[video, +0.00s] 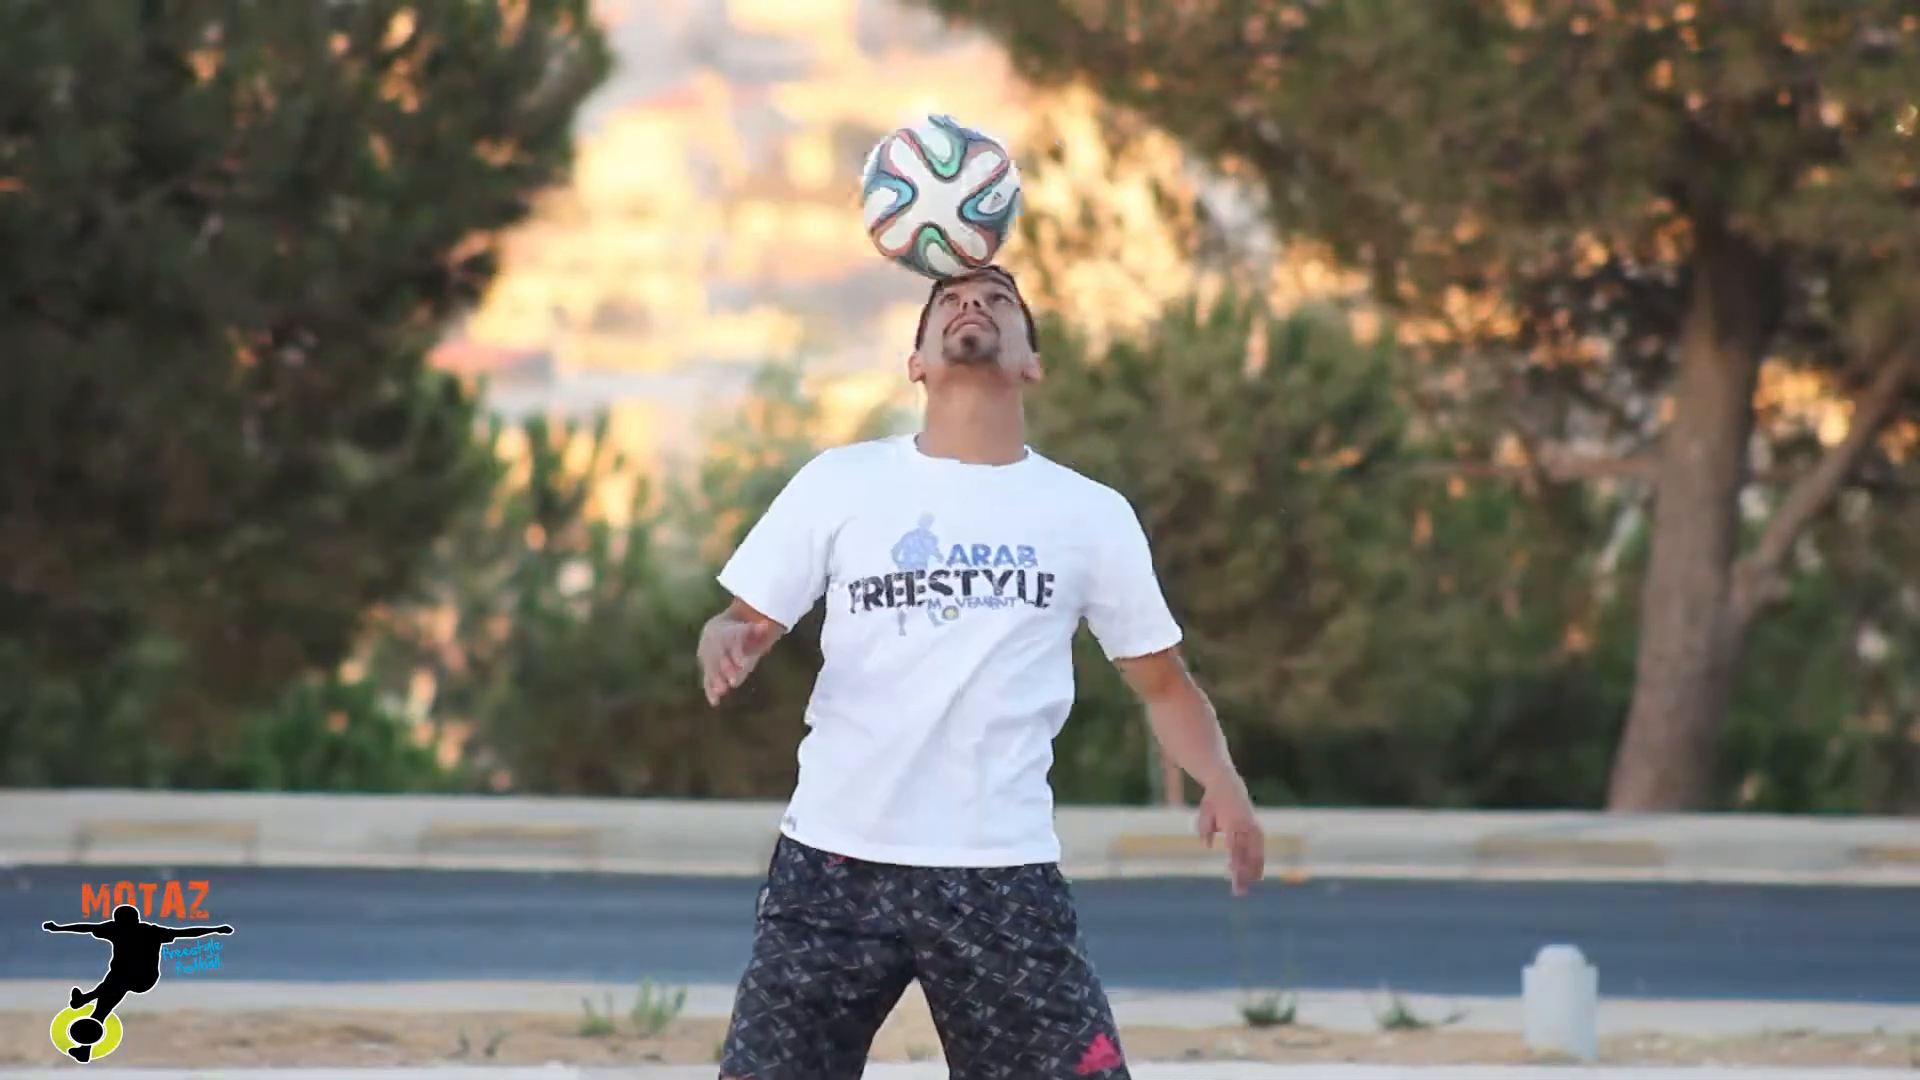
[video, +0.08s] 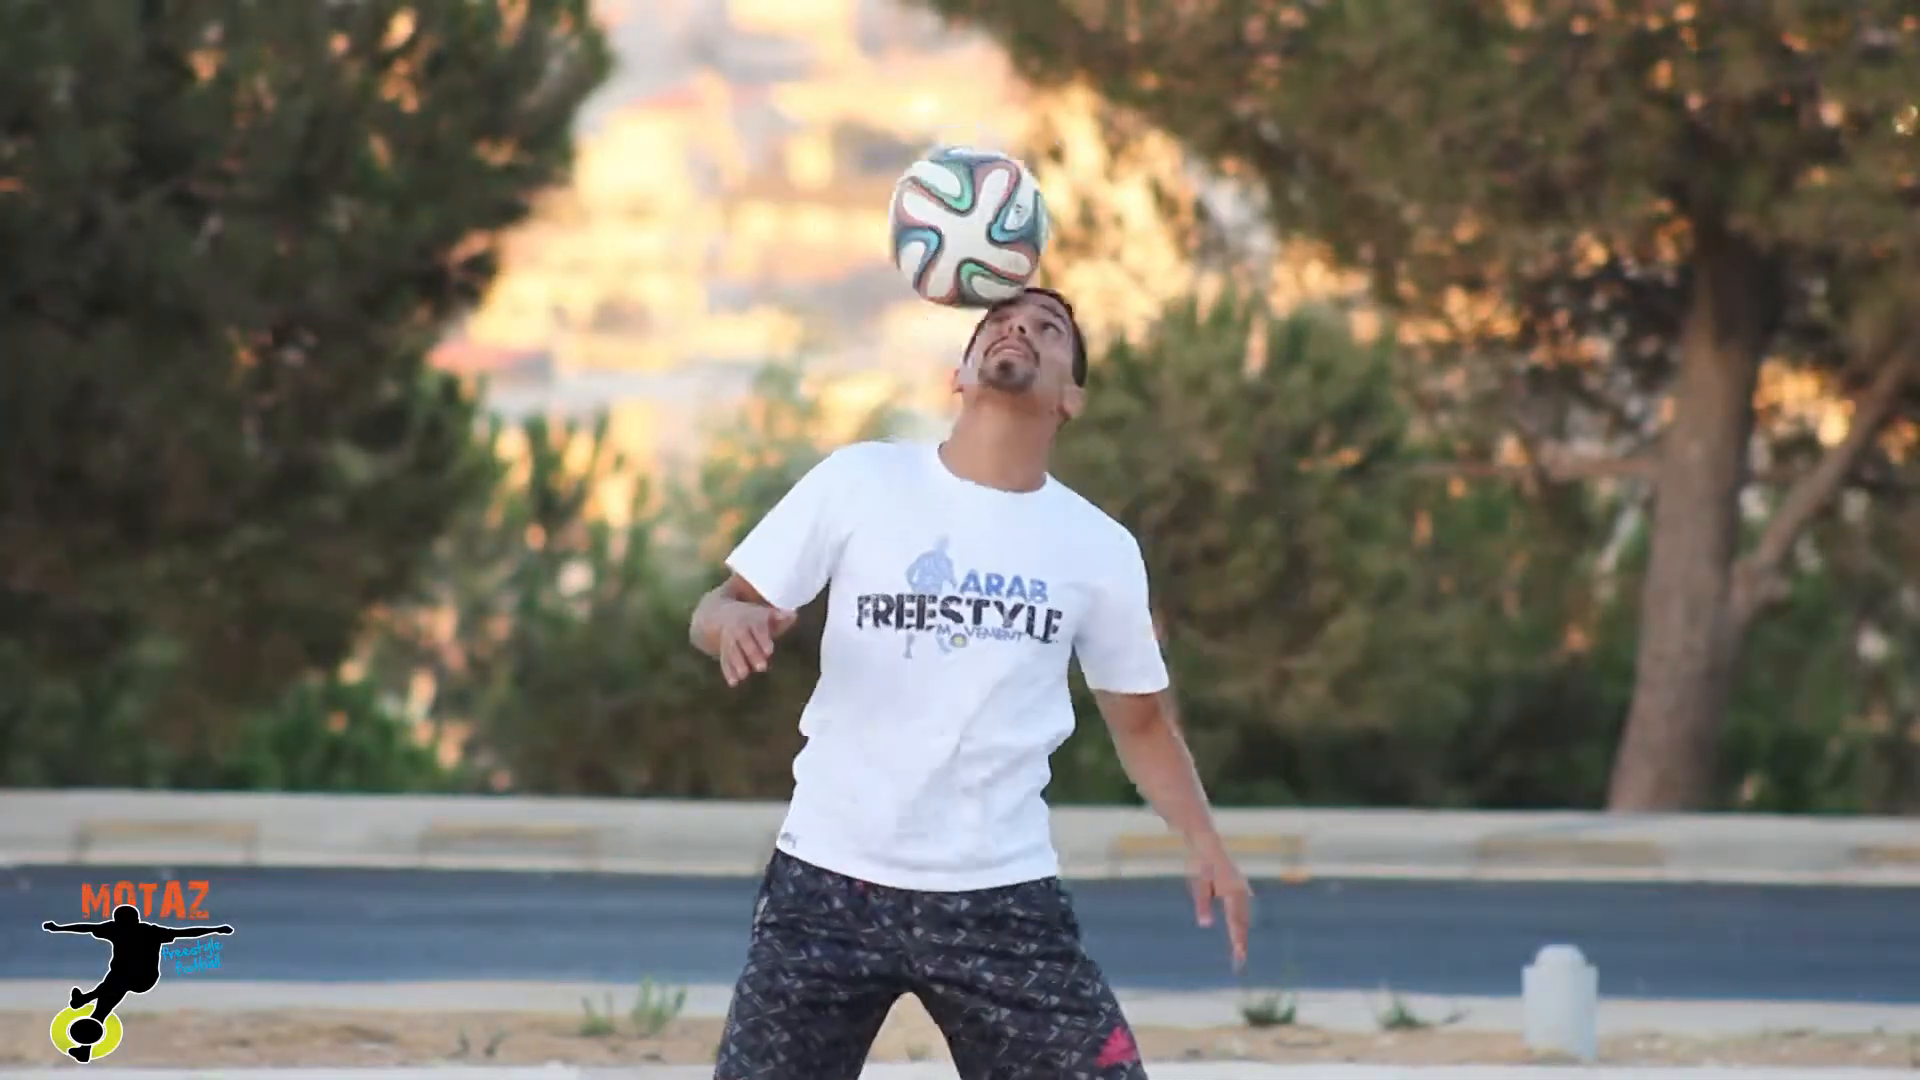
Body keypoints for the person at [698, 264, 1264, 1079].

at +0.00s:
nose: (970, 304)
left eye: (998, 301)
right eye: (948, 301)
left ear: (1032, 367)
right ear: (915, 365)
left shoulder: (1093, 516)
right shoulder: (838, 482)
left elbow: (1163, 681)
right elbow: (742, 617)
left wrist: (1223, 781)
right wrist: (726, 651)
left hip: (1001, 886)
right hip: (829, 876)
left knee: (1075, 1071)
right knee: (764, 1069)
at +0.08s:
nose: (1017, 329)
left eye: (1049, 329)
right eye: (998, 322)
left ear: (1071, 398)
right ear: (959, 377)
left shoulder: (1100, 551)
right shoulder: (856, 481)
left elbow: (1145, 723)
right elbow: (722, 609)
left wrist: (1204, 840)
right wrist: (728, 621)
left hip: (1000, 911)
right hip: (824, 896)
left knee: (1103, 1071)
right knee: (758, 1069)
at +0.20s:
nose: (1069, 450)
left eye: (1100, 464)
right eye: (1072, 425)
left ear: (1092, 526)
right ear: (1026, 429)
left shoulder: (1064, 620)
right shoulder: (853, 496)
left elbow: (1064, 776)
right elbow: (683, 571)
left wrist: (1140, 903)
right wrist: (745, 612)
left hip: (975, 936)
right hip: (797, 925)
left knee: (1094, 1074)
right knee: (737, 1073)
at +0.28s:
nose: (1030, 572)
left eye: (1063, 584)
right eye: (1051, 541)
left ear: (1059, 609)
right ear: (1020, 500)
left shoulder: (1030, 651)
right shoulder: (833, 522)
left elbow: (1022, 787)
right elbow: (662, 550)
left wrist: (1094, 921)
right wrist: (728, 630)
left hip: (939, 943)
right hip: (765, 938)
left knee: (1067, 1067)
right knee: (711, 1066)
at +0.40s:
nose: (829, 766)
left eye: (856, 771)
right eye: (832, 744)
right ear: (840, 664)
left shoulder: (958, 682)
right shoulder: (737, 593)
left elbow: (992, 776)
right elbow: (616, 546)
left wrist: (1031, 908)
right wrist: (620, 686)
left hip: (872, 954)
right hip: (694, 948)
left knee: (992, 1068)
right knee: (640, 1068)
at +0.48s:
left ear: (859, 665)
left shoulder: (927, 663)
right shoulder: (689, 599)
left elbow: (995, 739)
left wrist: (1038, 884)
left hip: (866, 950)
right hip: (683, 940)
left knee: (973, 1069)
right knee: (614, 1070)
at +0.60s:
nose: (793, 556)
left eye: (782, 519)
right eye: (755, 560)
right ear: (711, 575)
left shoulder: (922, 568)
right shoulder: (660, 587)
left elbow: (1007, 678)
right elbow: (581, 646)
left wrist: (1081, 821)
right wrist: (548, 744)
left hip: (875, 951)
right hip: (692, 946)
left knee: (987, 1069)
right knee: (617, 1070)